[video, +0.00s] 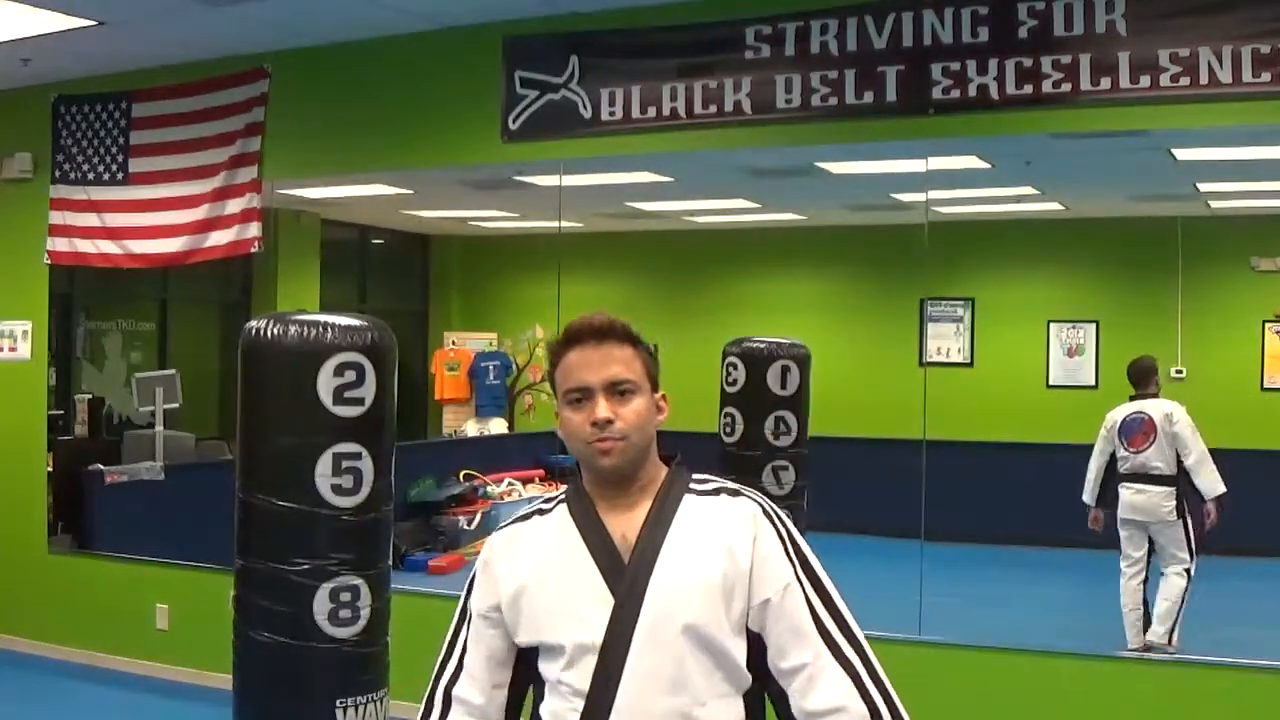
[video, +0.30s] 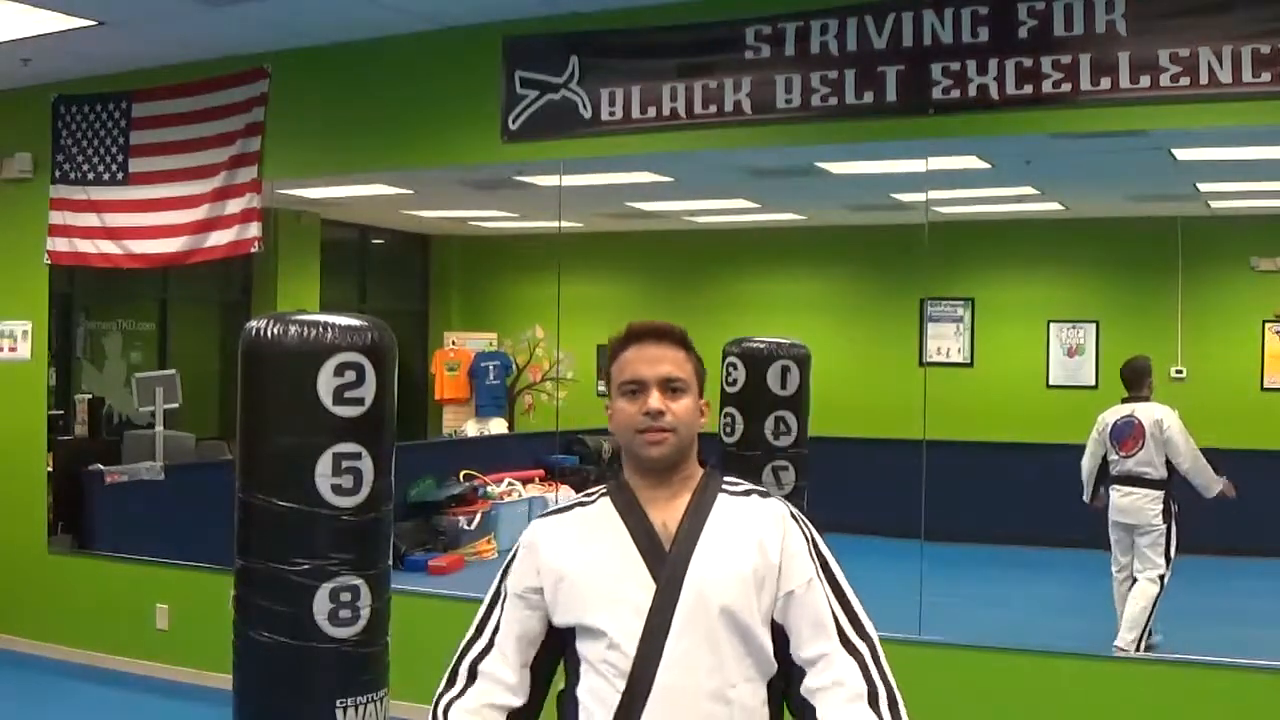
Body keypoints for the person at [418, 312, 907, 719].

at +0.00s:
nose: (602, 414)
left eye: (622, 392)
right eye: (579, 399)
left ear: (658, 406)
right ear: (558, 418)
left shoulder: (747, 528)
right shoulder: (511, 553)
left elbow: (838, 690)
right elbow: (457, 708)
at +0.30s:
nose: (654, 405)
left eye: (673, 389)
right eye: (634, 391)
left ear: (702, 408)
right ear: (609, 410)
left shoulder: (772, 527)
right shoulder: (553, 538)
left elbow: (846, 678)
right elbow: (483, 689)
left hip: (733, 713)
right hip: (606, 713)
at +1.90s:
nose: (621, 393)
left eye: (635, 379)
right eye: (606, 383)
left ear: (662, 393)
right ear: (593, 398)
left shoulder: (715, 470)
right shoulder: (559, 486)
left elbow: (754, 577)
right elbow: (524, 597)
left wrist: (654, 567)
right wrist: (598, 566)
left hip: (694, 698)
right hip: (596, 697)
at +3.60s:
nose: (611, 420)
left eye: (624, 401)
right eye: (595, 409)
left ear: (656, 401)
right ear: (583, 416)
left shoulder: (719, 471)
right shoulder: (555, 491)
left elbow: (763, 585)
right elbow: (526, 607)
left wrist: (660, 569)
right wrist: (604, 582)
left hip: (699, 700)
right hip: (596, 701)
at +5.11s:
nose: (700, 438)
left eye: (723, 416)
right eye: (683, 417)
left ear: (762, 416)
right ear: (665, 415)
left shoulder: (822, 525)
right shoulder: (609, 512)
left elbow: (859, 679)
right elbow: (544, 639)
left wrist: (735, 668)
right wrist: (616, 662)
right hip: (627, 714)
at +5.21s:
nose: (696, 431)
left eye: (716, 408)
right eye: (675, 413)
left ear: (751, 411)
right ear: (652, 421)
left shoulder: (818, 531)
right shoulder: (593, 525)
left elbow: (863, 681)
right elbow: (529, 652)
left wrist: (748, 675)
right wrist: (591, 672)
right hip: (619, 719)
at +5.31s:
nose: (681, 424)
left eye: (697, 400)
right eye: (656, 409)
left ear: (729, 409)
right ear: (632, 429)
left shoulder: (805, 537)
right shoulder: (569, 539)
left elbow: (866, 679)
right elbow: (500, 678)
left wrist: (776, 681)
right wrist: (547, 667)